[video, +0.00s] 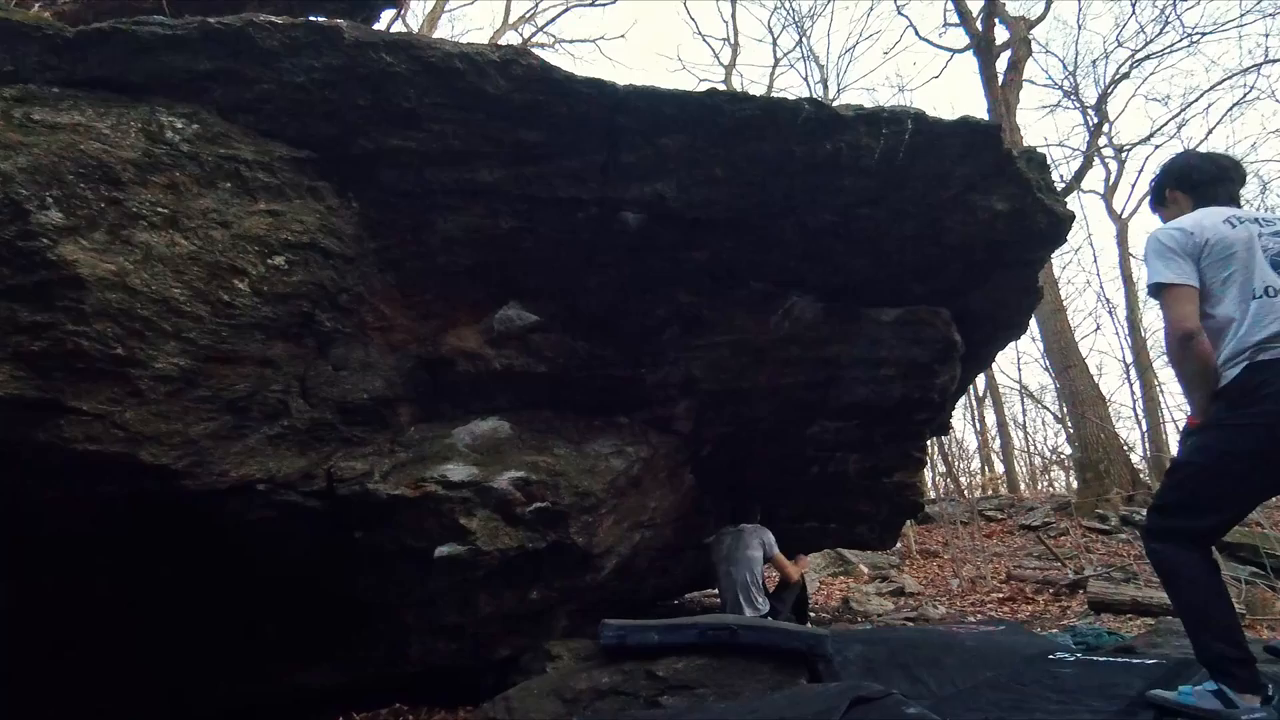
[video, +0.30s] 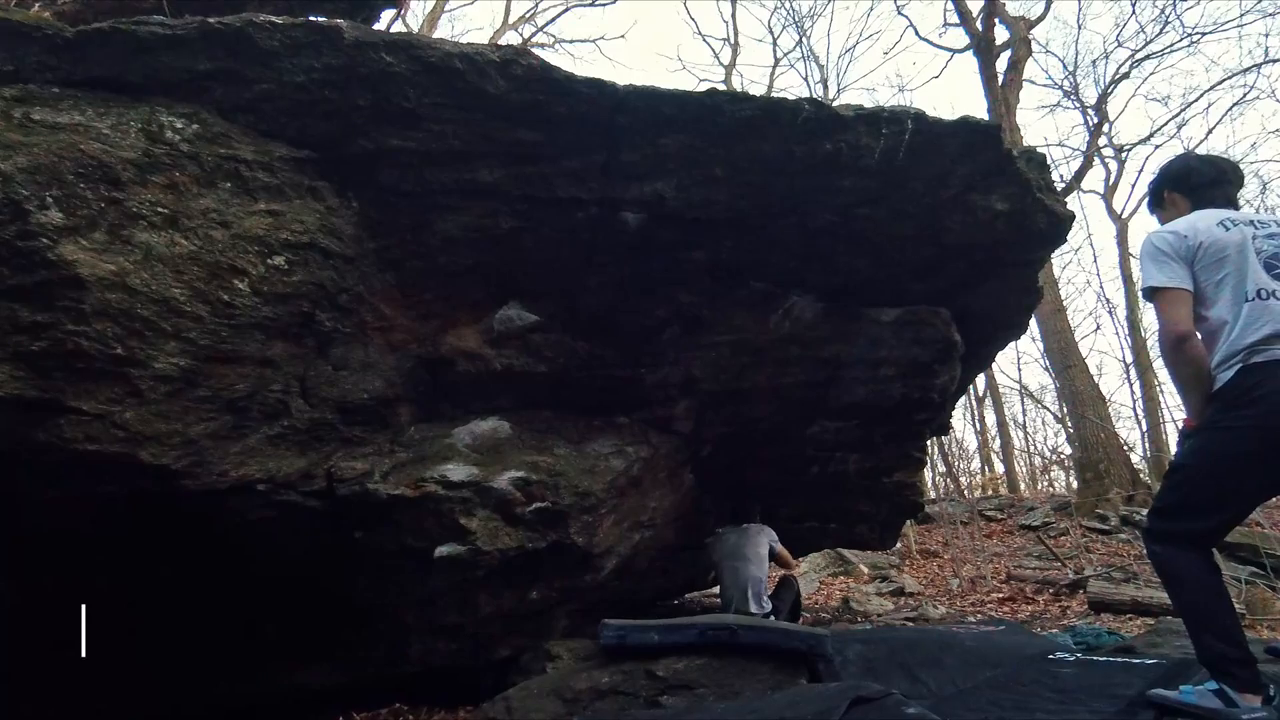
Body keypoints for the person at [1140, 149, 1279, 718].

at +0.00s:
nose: (1162, 216)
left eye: (1161, 208)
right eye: (1160, 209)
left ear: (1176, 199)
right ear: (1229, 193)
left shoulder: (1176, 232)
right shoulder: (1270, 224)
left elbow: (1185, 333)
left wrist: (1205, 410)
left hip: (1265, 389)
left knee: (1172, 531)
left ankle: (1237, 683)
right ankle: (1239, 682)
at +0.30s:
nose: (1158, 218)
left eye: (1158, 209)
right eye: (1157, 210)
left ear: (1174, 200)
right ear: (1226, 194)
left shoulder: (1172, 235)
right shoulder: (1268, 225)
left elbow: (1179, 334)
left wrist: (1200, 410)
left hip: (1261, 388)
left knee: (1173, 530)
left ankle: (1239, 684)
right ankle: (1244, 677)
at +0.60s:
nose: (1159, 217)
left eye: (1159, 208)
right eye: (1157, 209)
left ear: (1175, 199)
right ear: (1227, 195)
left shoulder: (1172, 236)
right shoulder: (1268, 228)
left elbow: (1179, 333)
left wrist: (1194, 415)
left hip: (1258, 391)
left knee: (1169, 533)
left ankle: (1238, 684)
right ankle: (1239, 681)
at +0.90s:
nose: (1155, 220)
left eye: (1155, 210)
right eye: (1154, 212)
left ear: (1172, 200)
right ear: (1222, 196)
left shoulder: (1169, 237)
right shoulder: (1267, 227)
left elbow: (1174, 337)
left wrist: (1188, 414)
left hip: (1251, 395)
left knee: (1167, 536)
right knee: (1263, 525)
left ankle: (1235, 684)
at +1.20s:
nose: (1148, 223)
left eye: (1147, 214)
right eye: (1146, 215)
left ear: (1163, 204)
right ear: (1216, 198)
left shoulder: (1163, 241)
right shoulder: (1265, 231)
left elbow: (1171, 342)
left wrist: (1185, 416)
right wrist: (1142, 350)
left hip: (1245, 395)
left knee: (1167, 538)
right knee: (1270, 529)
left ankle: (1235, 683)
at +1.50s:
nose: (1146, 225)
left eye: (1146, 215)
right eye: (1144, 217)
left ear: (1164, 205)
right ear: (1211, 202)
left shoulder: (1162, 242)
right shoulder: (1263, 231)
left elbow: (1169, 343)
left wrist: (1185, 416)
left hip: (1251, 389)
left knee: (1166, 536)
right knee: (1247, 502)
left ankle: (1236, 685)